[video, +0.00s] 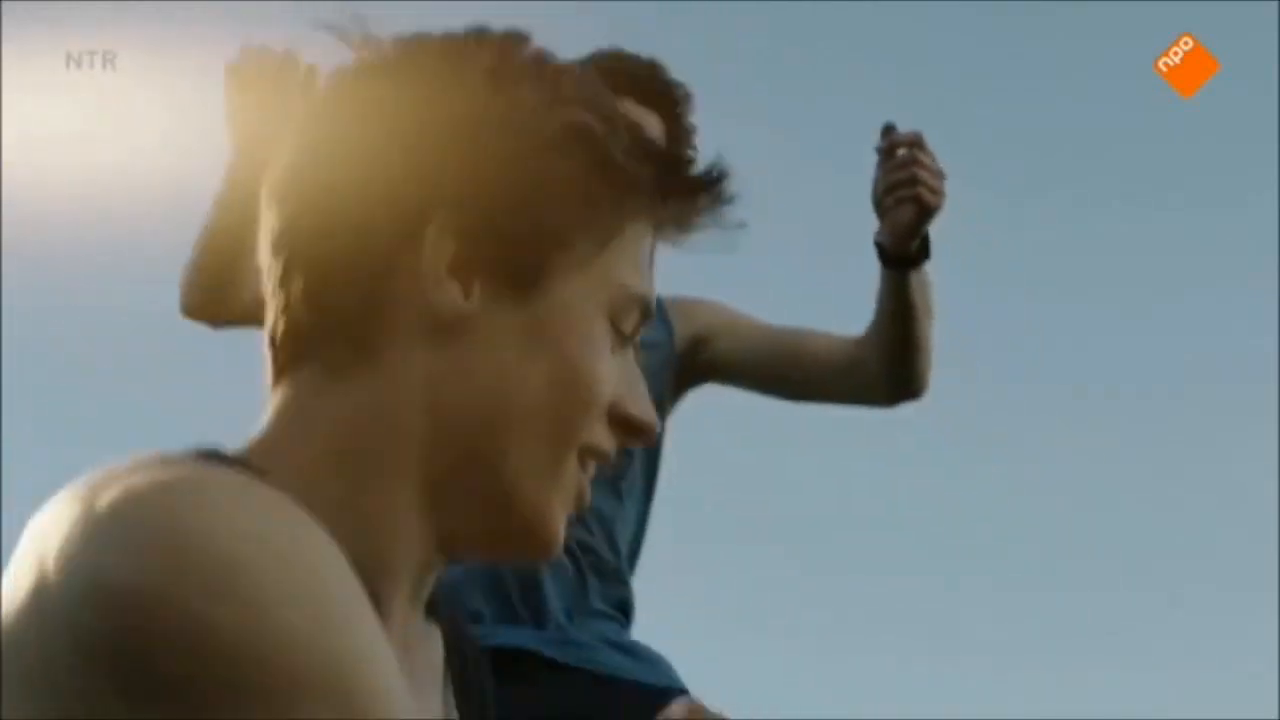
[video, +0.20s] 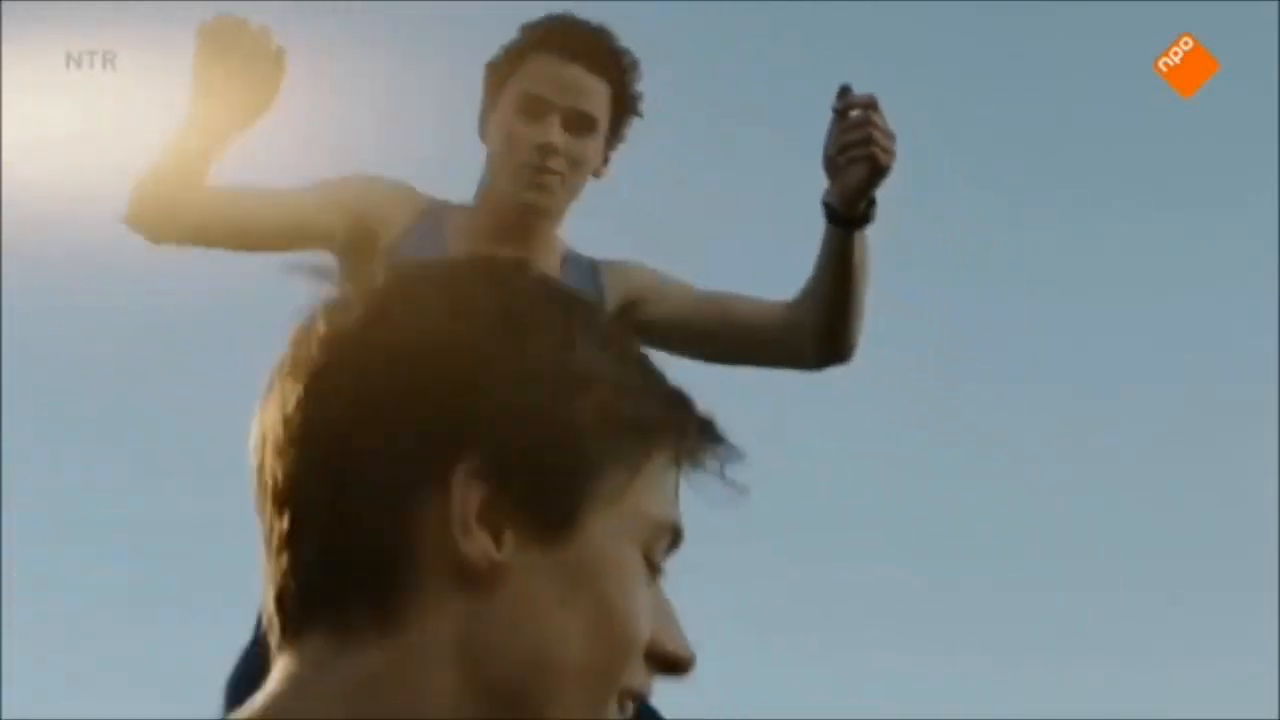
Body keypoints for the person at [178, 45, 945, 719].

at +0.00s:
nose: (622, 192)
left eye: (640, 169)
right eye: (597, 156)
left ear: (663, 190)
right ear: (532, 154)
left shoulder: (671, 325)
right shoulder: (461, 266)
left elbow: (889, 376)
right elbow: (214, 300)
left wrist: (902, 262)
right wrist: (261, 148)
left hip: (586, 646)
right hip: (421, 623)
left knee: (689, 709)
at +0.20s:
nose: (555, 140)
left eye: (581, 127)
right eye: (535, 111)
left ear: (605, 162)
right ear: (487, 115)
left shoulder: (613, 295)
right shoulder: (381, 220)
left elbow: (819, 336)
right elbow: (160, 214)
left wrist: (847, 218)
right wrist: (212, 118)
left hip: (514, 638)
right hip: (338, 597)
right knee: (259, 707)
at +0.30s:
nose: (536, 136)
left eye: (562, 124)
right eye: (517, 106)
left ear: (585, 158)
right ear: (466, 111)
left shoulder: (585, 293)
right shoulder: (356, 209)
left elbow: (792, 334)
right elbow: (133, 193)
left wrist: (828, 214)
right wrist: (188, 114)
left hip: (473, 621)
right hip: (299, 590)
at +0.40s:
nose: (506, 141)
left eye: (532, 130)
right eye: (488, 110)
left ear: (552, 163)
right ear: (436, 112)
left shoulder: (544, 299)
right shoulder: (323, 204)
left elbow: (747, 346)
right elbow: (104, 178)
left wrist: (800, 227)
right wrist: (144, 111)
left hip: (402, 612)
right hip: (245, 586)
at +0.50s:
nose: (485, 152)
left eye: (511, 141)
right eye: (469, 120)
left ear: (529, 174)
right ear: (416, 119)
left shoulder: (517, 309)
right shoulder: (299, 210)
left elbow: (721, 363)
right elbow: (83, 172)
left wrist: (786, 247)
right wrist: (107, 123)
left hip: (376, 635)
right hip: (215, 600)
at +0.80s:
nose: (380, 253)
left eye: (408, 242)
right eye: (362, 220)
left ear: (425, 276)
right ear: (312, 218)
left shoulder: (410, 424)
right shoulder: (193, 294)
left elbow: (567, 501)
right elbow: (11, 256)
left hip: (211, 707)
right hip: (60, 669)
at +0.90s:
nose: (354, 296)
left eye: (382, 285)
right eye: (335, 265)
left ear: (398, 319)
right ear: (282, 267)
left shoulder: (380, 470)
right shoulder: (162, 338)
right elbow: (9, 295)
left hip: (183, 707)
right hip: (29, 685)